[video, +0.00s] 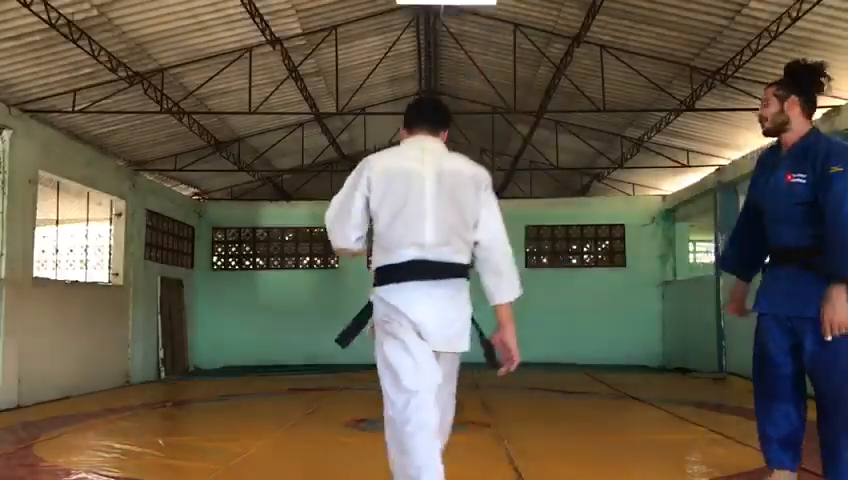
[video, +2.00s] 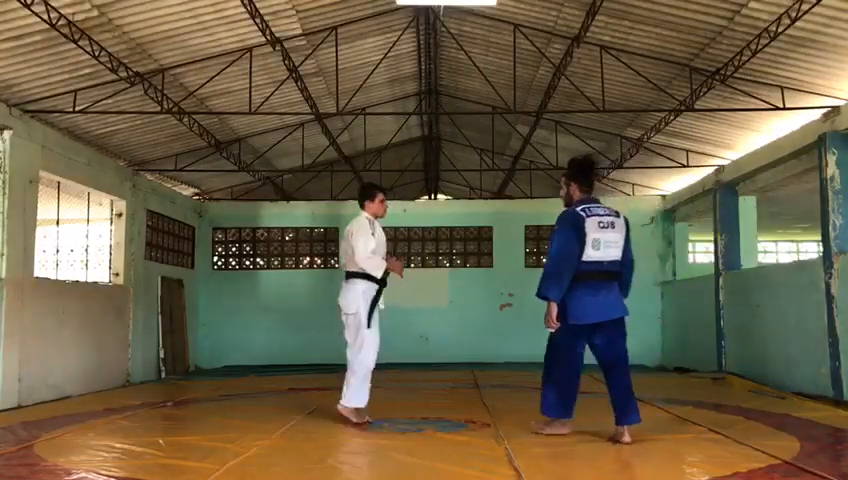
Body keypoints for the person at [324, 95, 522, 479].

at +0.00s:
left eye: (403, 132)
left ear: (402, 132)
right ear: (447, 135)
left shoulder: (375, 165)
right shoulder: (472, 173)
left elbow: (342, 236)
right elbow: (493, 250)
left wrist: (374, 245)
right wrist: (506, 325)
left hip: (396, 297)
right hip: (450, 298)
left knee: (410, 407)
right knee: (440, 404)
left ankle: (422, 474)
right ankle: (419, 469)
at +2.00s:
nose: (385, 206)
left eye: (385, 201)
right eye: (381, 201)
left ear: (371, 204)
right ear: (369, 203)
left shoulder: (371, 226)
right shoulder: (361, 225)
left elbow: (366, 258)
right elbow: (362, 257)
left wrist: (386, 263)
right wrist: (388, 265)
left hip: (366, 290)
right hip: (358, 291)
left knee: (364, 346)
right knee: (365, 346)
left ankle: (355, 402)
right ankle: (349, 403)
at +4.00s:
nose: (384, 241)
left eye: (383, 237)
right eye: (382, 237)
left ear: (367, 236)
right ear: (373, 236)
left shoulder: (374, 256)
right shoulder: (365, 249)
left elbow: (391, 255)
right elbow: (390, 234)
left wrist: (396, 244)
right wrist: (396, 231)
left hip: (378, 309)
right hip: (371, 309)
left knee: (394, 353)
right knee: (386, 356)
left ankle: (394, 393)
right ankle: (378, 405)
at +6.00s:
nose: (371, 246)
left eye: (372, 242)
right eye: (368, 242)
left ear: (364, 244)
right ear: (355, 242)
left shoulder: (369, 262)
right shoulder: (338, 266)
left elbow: (388, 273)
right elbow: (343, 298)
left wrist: (406, 277)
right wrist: (368, 309)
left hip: (346, 315)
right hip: (339, 316)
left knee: (335, 361)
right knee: (366, 358)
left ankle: (296, 389)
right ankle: (369, 408)